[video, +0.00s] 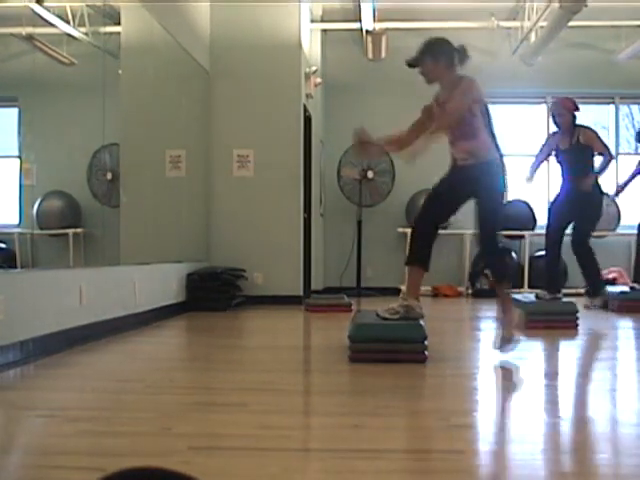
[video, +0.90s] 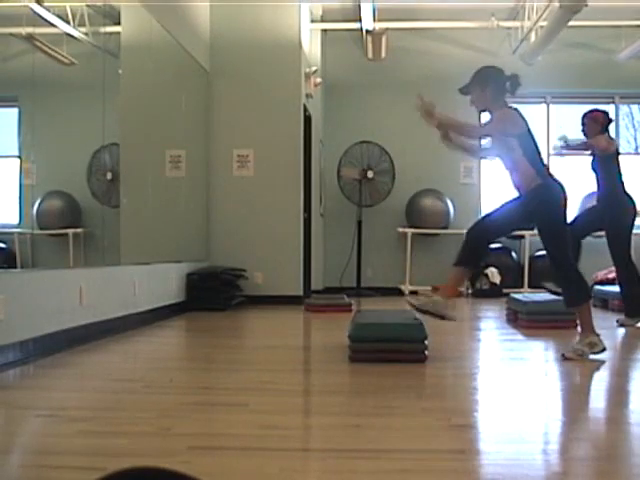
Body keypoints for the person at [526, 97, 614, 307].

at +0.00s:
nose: (558, 120)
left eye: (561, 115)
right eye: (555, 116)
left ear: (572, 115)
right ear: (552, 118)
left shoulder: (586, 134)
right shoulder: (554, 139)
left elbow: (608, 156)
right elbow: (540, 158)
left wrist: (596, 175)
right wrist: (531, 174)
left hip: (589, 194)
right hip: (567, 193)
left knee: (579, 241)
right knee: (552, 237)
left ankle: (596, 291)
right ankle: (552, 289)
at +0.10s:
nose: (553, 112)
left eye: (557, 107)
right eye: (551, 108)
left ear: (567, 108)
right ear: (549, 111)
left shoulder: (585, 130)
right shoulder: (549, 136)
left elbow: (611, 152)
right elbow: (544, 159)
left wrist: (603, 179)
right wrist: (542, 181)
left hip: (587, 188)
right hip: (564, 188)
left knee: (568, 229)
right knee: (556, 236)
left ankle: (576, 282)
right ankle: (553, 287)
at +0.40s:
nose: (554, 113)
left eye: (558, 109)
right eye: (553, 109)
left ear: (570, 108)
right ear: (553, 111)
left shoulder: (587, 126)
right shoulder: (555, 132)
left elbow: (611, 145)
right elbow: (542, 150)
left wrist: (596, 155)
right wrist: (530, 159)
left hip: (588, 187)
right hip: (566, 187)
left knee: (570, 231)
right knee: (557, 232)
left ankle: (567, 284)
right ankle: (552, 285)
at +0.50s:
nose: (560, 111)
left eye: (564, 107)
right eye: (559, 107)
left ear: (576, 107)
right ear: (562, 109)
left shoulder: (593, 124)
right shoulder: (563, 130)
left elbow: (603, 131)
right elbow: (539, 138)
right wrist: (518, 132)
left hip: (595, 189)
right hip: (573, 190)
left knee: (584, 235)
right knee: (561, 237)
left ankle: (597, 290)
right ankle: (552, 288)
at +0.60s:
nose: (568, 117)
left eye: (572, 112)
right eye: (568, 112)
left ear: (584, 113)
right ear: (569, 115)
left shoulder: (593, 132)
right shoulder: (574, 134)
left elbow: (586, 115)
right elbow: (545, 128)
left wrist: (571, 98)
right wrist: (531, 109)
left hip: (600, 196)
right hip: (582, 197)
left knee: (599, 246)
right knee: (561, 240)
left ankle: (620, 298)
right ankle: (553, 290)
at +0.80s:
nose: (582, 134)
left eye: (585, 129)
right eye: (581, 131)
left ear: (596, 130)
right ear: (595, 132)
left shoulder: (605, 150)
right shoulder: (600, 152)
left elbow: (585, 139)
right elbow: (582, 140)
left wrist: (566, 122)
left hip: (615, 213)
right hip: (604, 212)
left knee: (620, 265)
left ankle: (634, 313)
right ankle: (553, 284)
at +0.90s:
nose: (584, 128)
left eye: (587, 124)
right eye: (584, 124)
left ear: (599, 125)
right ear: (595, 125)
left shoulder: (604, 141)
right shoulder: (599, 143)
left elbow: (600, 146)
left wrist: (570, 147)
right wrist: (568, 146)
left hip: (618, 208)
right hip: (605, 207)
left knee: (622, 260)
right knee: (572, 232)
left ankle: (632, 312)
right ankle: (566, 284)